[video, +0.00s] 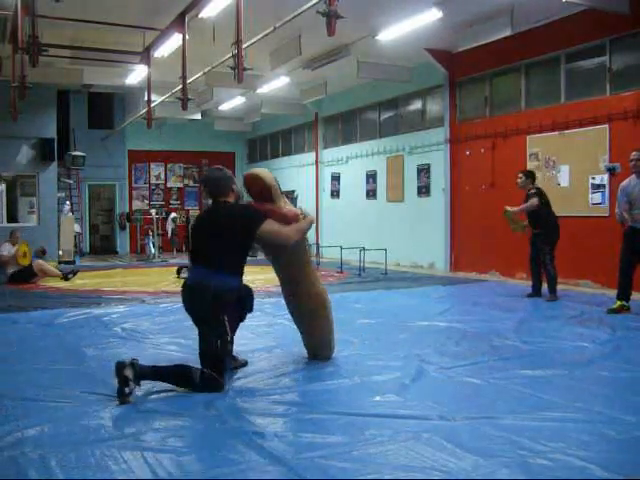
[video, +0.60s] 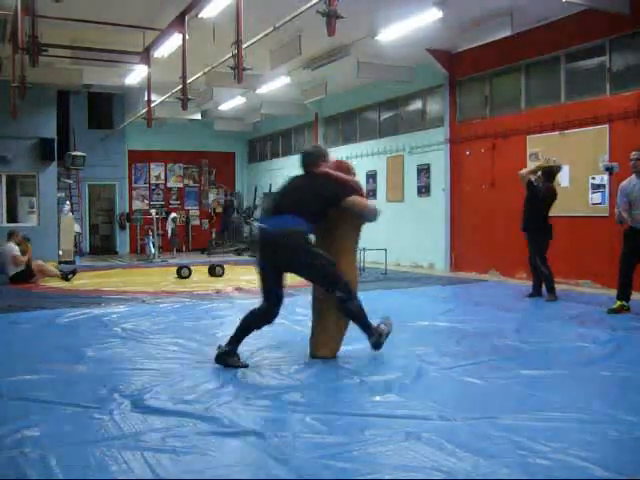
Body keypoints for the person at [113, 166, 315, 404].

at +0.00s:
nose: (237, 189)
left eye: (234, 186)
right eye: (235, 186)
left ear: (207, 193)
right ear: (232, 191)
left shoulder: (199, 222)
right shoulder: (244, 215)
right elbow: (289, 236)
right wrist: (308, 221)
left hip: (194, 294)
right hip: (221, 298)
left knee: (244, 296)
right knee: (213, 380)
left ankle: (224, 357)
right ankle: (137, 371)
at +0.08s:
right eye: (243, 184)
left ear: (217, 190)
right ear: (242, 186)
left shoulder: (211, 213)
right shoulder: (255, 208)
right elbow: (303, 222)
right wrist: (315, 212)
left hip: (200, 282)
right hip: (224, 288)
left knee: (249, 297)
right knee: (206, 365)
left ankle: (222, 356)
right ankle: (127, 372)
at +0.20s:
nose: (260, 177)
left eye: (255, 175)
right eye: (258, 174)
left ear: (234, 180)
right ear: (256, 176)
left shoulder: (223, 201)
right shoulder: (268, 195)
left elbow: (216, 237)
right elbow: (317, 214)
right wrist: (326, 209)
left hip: (209, 265)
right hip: (233, 269)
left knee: (254, 299)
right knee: (214, 342)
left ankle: (223, 358)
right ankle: (140, 368)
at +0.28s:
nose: (273, 167)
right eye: (272, 163)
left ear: (250, 166)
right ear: (272, 164)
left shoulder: (238, 186)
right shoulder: (282, 186)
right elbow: (332, 209)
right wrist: (337, 207)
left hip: (216, 251)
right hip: (240, 254)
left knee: (251, 303)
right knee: (255, 327)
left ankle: (225, 356)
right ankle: (195, 344)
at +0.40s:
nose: (291, 163)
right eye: (291, 159)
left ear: (268, 162)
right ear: (290, 160)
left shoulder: (256, 180)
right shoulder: (297, 181)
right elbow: (341, 206)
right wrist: (350, 217)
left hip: (226, 243)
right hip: (254, 246)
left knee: (258, 302)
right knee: (304, 291)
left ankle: (224, 354)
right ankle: (262, 344)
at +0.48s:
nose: (309, 162)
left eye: (307, 159)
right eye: (308, 159)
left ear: (285, 162)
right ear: (306, 161)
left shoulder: (274, 179)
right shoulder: (314, 181)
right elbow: (354, 209)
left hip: (243, 239)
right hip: (273, 241)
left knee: (260, 303)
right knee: (323, 278)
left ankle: (224, 352)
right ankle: (347, 341)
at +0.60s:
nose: (329, 164)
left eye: (327, 162)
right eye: (328, 162)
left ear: (305, 164)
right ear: (324, 163)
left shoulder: (293, 182)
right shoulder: (331, 182)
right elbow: (369, 211)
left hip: (267, 246)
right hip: (294, 246)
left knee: (269, 308)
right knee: (339, 287)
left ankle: (228, 350)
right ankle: (372, 334)